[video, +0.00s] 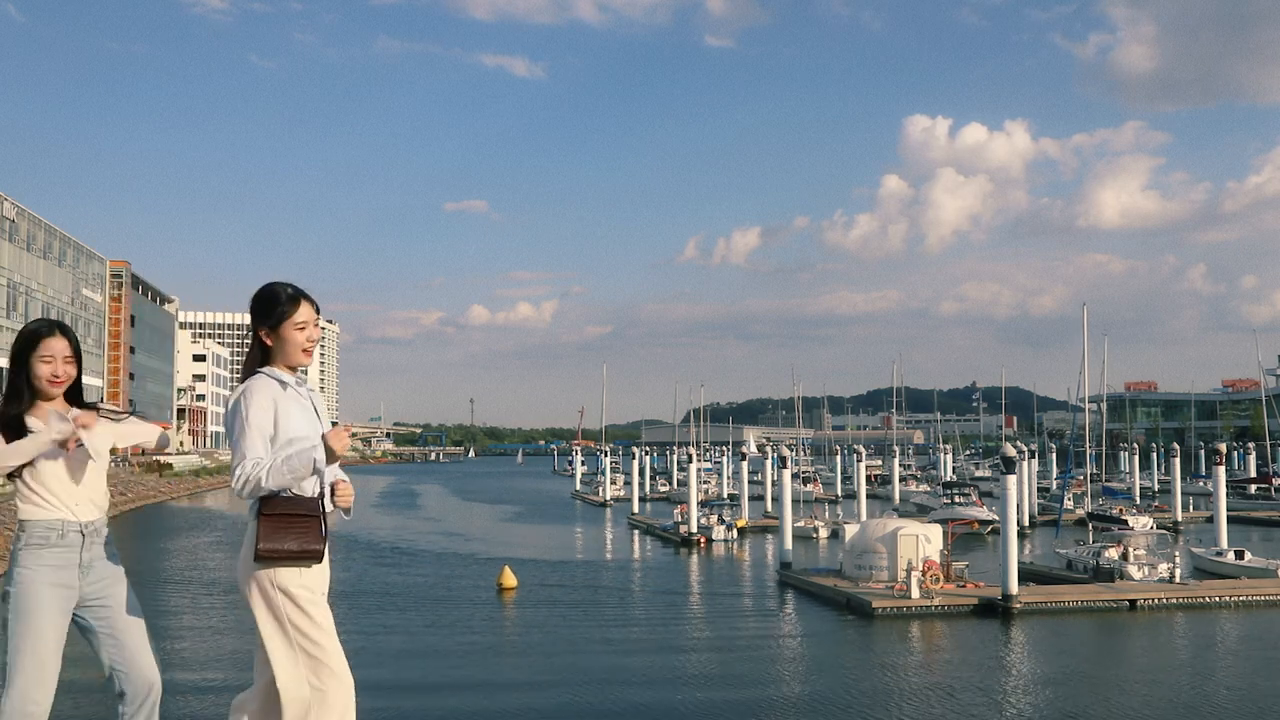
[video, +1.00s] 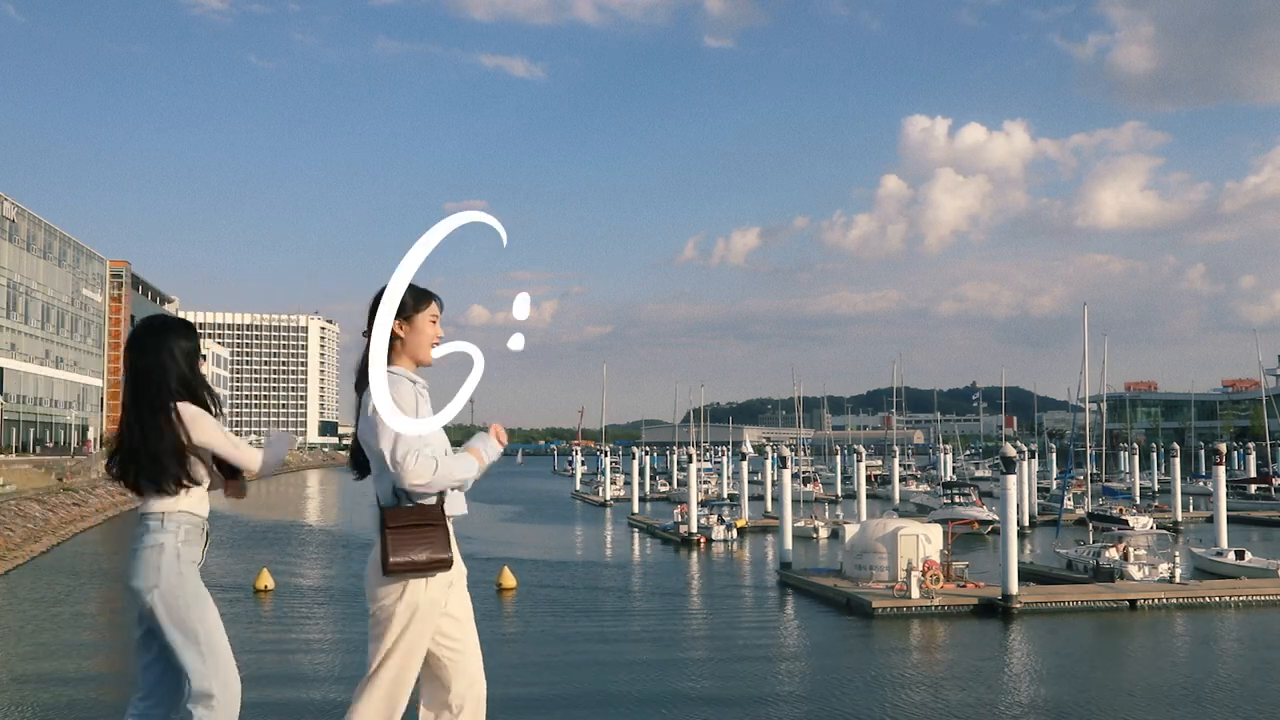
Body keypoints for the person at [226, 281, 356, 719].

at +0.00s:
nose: (313, 336)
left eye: (315, 325)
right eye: (301, 326)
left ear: (316, 329)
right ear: (268, 335)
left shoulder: (305, 392)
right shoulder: (257, 391)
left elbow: (312, 468)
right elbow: (246, 478)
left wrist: (340, 488)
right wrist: (321, 450)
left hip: (310, 543)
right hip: (277, 546)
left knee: (280, 683)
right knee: (332, 685)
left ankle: (246, 713)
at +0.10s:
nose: (324, 346)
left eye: (326, 336)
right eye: (311, 338)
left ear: (328, 339)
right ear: (278, 345)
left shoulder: (323, 406)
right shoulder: (263, 406)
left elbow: (327, 480)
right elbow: (252, 494)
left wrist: (352, 523)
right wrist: (341, 502)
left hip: (325, 562)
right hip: (289, 568)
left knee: (286, 694)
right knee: (350, 694)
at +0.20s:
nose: (334, 362)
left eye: (337, 351)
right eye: (321, 352)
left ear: (342, 351)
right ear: (288, 357)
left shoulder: (334, 421)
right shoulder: (272, 417)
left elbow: (356, 509)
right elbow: (275, 508)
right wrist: (359, 522)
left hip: (339, 570)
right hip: (305, 574)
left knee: (333, 703)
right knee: (362, 699)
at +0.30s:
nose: (351, 354)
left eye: (353, 344)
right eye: (341, 343)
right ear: (306, 345)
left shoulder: (338, 414)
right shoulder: (287, 408)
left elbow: (377, 500)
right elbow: (307, 491)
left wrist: (439, 550)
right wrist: (376, 495)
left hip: (346, 556)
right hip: (312, 559)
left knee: (396, 693)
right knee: (353, 703)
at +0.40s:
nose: (368, 334)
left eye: (369, 324)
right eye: (360, 322)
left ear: (336, 329)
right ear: (325, 325)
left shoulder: (345, 393)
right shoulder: (308, 387)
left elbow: (388, 477)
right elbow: (341, 467)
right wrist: (383, 461)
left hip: (354, 539)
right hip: (321, 543)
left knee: (411, 669)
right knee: (345, 692)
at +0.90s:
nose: (429, 326)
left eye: (429, 317)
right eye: (420, 315)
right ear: (389, 321)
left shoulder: (405, 386)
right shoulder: (373, 384)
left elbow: (423, 463)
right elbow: (408, 458)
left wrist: (460, 451)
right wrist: (462, 447)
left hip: (425, 533)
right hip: (390, 534)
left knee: (450, 684)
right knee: (378, 686)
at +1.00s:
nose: (439, 333)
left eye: (439, 323)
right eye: (431, 322)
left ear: (407, 331)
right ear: (399, 328)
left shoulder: (412, 388)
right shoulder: (390, 389)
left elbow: (425, 472)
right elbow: (415, 473)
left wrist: (476, 452)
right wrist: (480, 451)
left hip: (438, 541)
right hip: (410, 543)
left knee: (462, 692)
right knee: (383, 693)